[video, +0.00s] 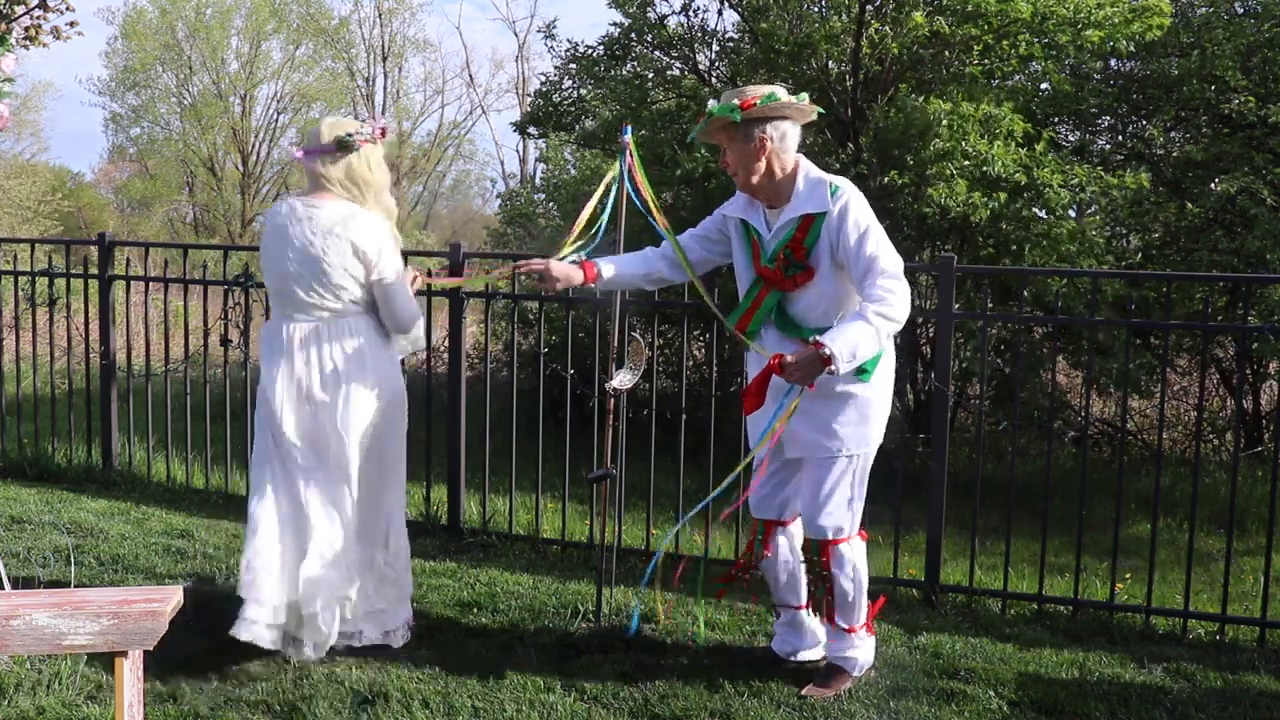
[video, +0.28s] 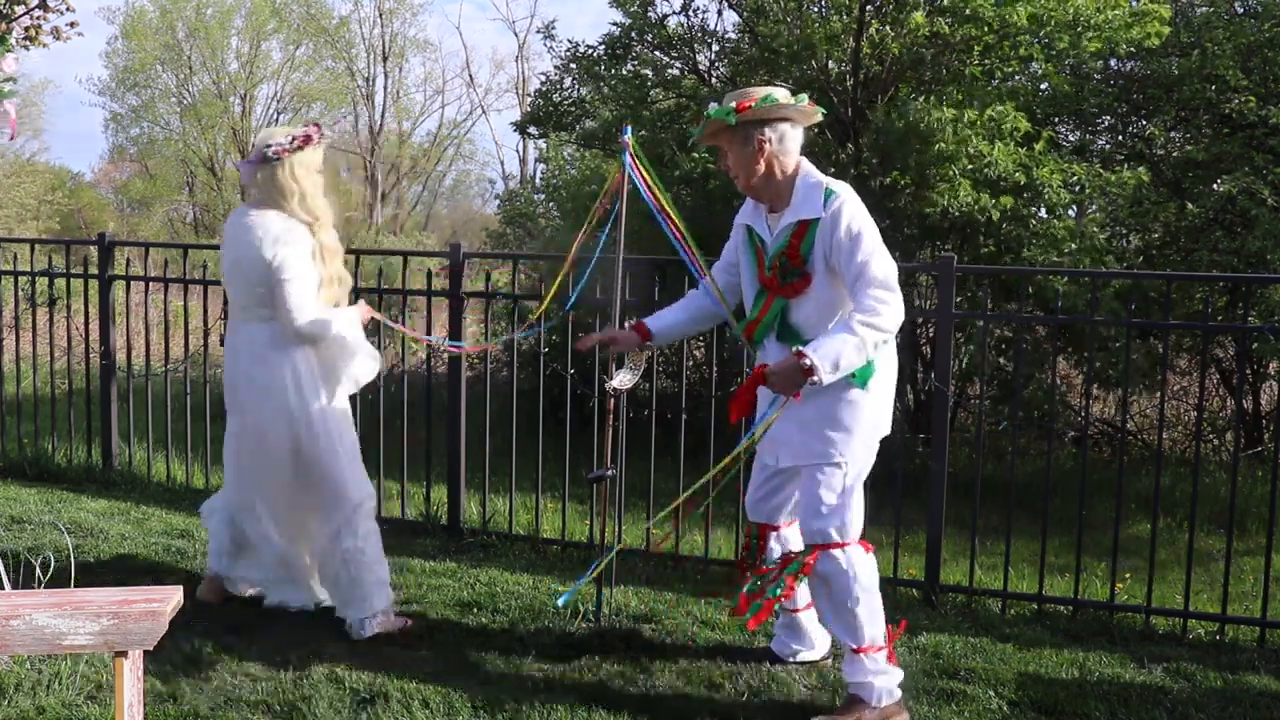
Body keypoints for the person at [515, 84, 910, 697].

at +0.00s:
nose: (719, 161)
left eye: (725, 147)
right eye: (717, 149)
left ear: (766, 143)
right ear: (759, 147)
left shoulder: (839, 203)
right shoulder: (738, 214)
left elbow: (890, 295)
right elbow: (671, 258)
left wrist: (829, 351)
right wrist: (581, 271)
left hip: (847, 380)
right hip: (775, 376)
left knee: (831, 517)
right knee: (773, 514)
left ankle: (850, 655)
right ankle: (797, 644)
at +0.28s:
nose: (720, 166)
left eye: (725, 152)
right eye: (717, 154)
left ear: (765, 145)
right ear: (759, 149)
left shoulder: (837, 207)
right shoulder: (751, 218)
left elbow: (881, 307)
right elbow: (717, 296)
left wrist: (814, 362)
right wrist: (641, 332)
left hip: (845, 387)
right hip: (781, 386)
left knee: (825, 522)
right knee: (769, 513)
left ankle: (877, 690)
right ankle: (800, 639)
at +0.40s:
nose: (732, 166)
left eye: (737, 151)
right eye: (729, 153)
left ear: (776, 147)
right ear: (774, 150)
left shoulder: (850, 215)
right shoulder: (767, 223)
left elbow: (881, 322)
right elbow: (746, 311)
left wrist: (803, 368)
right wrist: (681, 358)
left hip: (855, 400)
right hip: (795, 396)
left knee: (846, 537)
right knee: (776, 517)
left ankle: (878, 692)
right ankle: (797, 635)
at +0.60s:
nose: (760, 159)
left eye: (764, 144)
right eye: (759, 145)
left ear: (802, 140)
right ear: (804, 140)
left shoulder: (869, 207)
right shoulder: (812, 217)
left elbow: (890, 324)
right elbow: (804, 321)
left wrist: (790, 361)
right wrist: (743, 366)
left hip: (883, 406)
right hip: (833, 403)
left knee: (861, 552)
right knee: (806, 521)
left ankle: (880, 701)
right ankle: (805, 641)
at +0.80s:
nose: (795, 158)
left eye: (798, 141)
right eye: (791, 143)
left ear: (837, 133)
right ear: (839, 135)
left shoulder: (895, 204)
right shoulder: (853, 209)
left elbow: (899, 324)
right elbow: (862, 322)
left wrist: (796, 346)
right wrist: (792, 352)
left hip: (904, 417)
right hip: (865, 412)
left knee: (870, 555)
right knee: (841, 528)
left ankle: (879, 702)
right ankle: (934, 651)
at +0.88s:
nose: (809, 154)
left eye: (813, 138)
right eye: (807, 141)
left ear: (854, 131)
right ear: (857, 133)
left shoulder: (908, 204)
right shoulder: (867, 210)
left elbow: (908, 324)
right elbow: (878, 322)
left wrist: (805, 340)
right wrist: (807, 352)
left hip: (913, 421)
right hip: (886, 419)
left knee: (875, 560)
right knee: (898, 554)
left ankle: (879, 704)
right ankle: (976, 676)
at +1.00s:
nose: (828, 154)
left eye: (833, 138)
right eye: (827, 141)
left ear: (873, 135)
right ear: (879, 137)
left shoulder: (924, 206)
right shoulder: (898, 209)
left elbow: (930, 320)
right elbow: (907, 328)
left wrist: (824, 335)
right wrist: (838, 354)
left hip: (928, 429)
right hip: (935, 424)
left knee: (887, 559)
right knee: (940, 554)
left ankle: (881, 703)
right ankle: (991, 694)